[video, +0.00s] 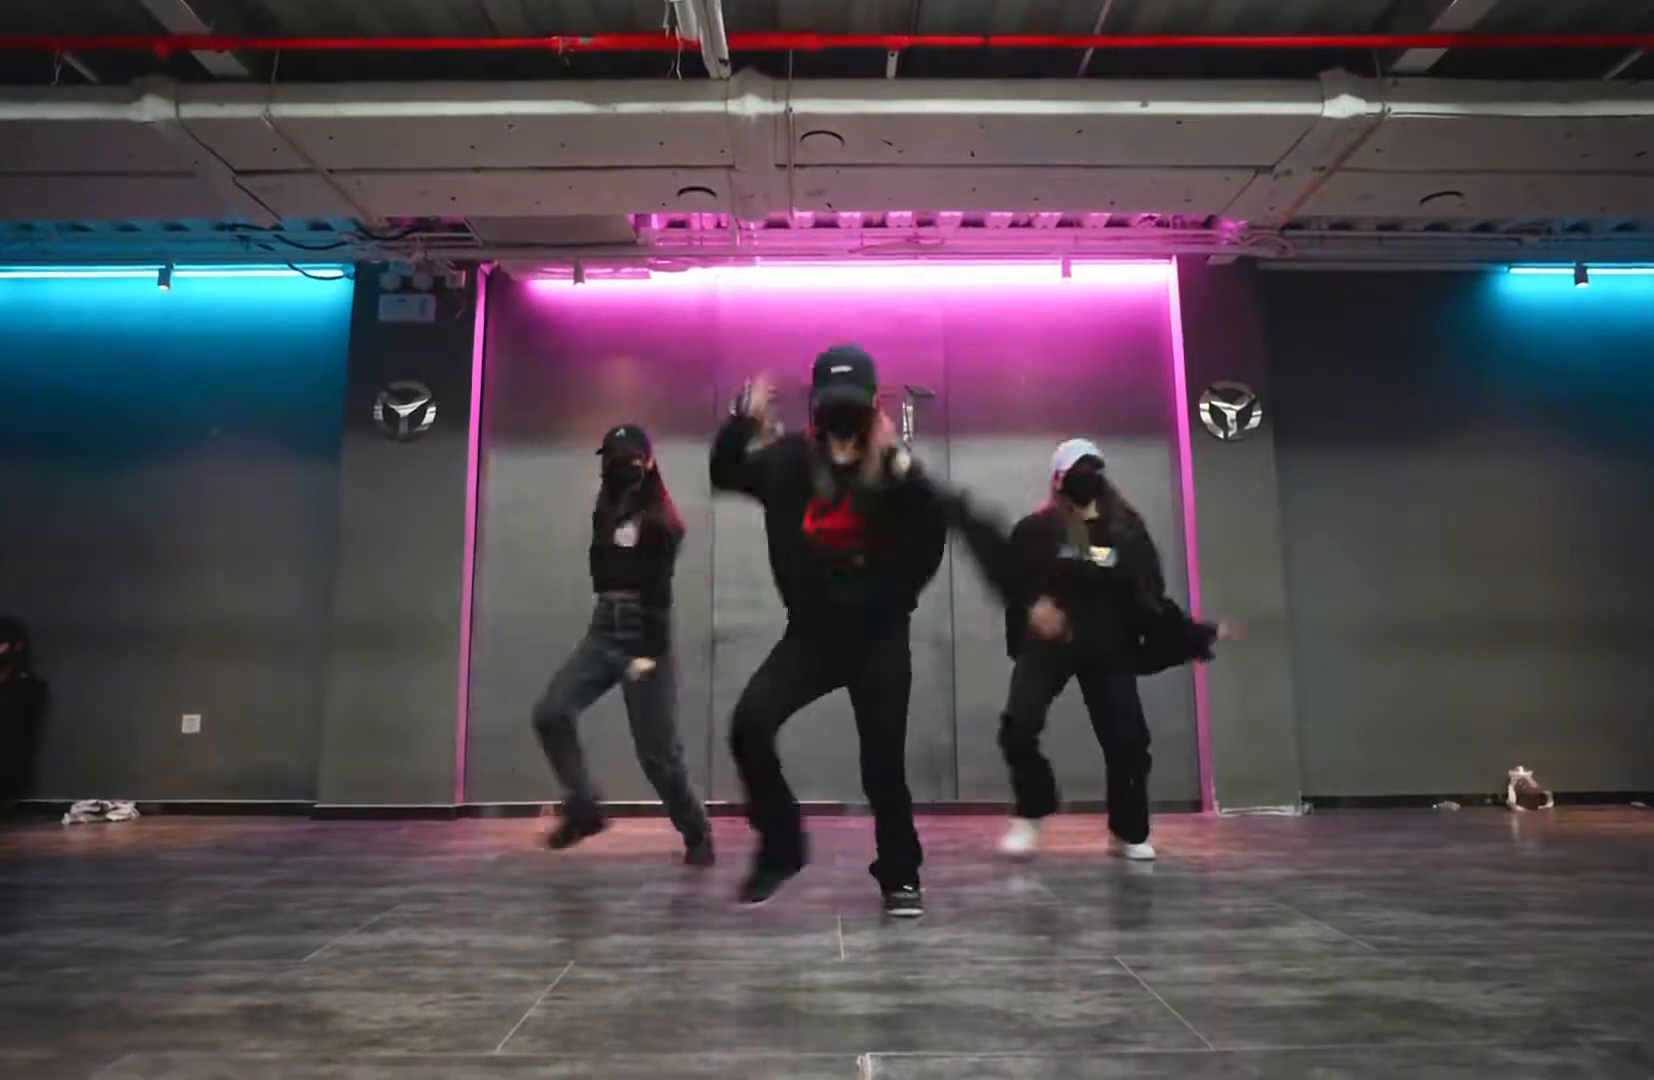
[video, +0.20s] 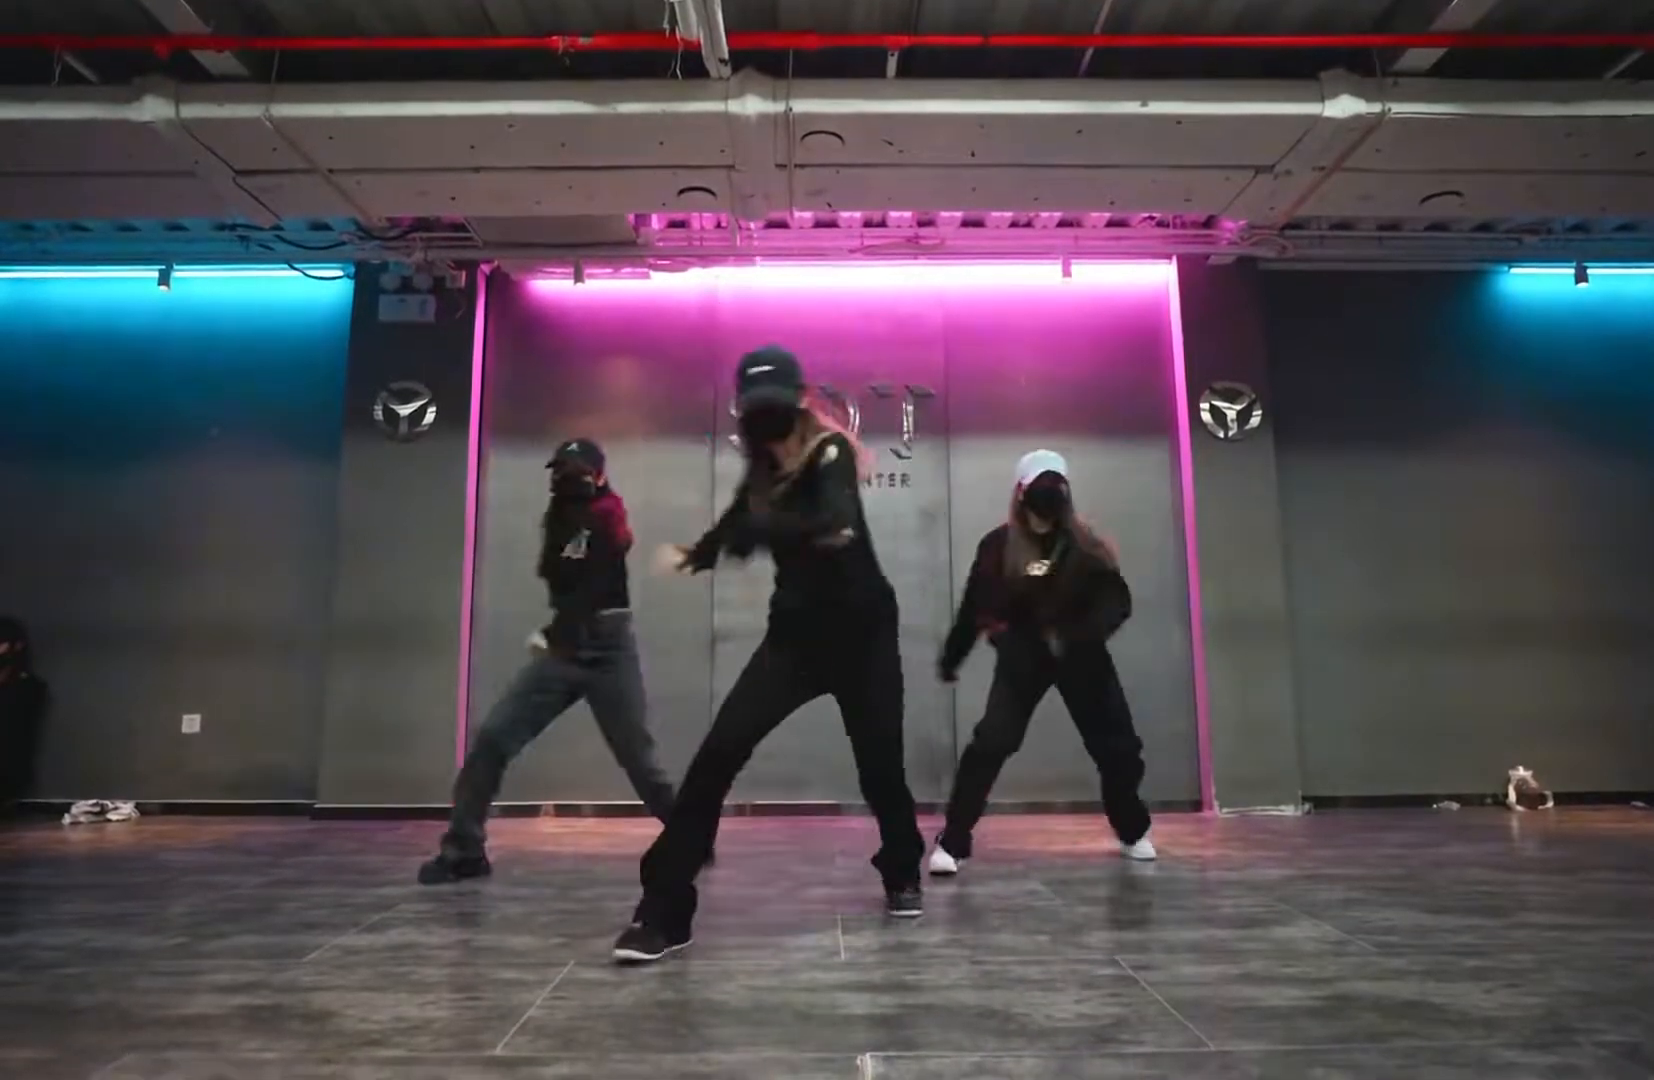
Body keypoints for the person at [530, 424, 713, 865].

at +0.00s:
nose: (623, 470)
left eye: (631, 461)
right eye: (615, 462)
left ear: (648, 463)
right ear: (605, 465)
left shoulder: (660, 518)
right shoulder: (605, 511)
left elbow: (658, 587)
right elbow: (604, 570)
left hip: (644, 639)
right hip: (605, 634)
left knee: (658, 755)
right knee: (551, 715)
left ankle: (697, 838)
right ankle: (582, 807)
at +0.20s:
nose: (561, 481)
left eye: (572, 474)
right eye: (558, 473)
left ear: (594, 476)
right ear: (555, 474)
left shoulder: (606, 512)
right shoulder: (560, 513)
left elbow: (596, 581)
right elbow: (551, 572)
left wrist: (560, 633)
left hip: (609, 653)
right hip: (563, 650)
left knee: (639, 761)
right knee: (493, 740)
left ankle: (694, 842)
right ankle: (463, 850)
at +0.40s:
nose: (542, 475)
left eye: (553, 466)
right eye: (537, 465)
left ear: (576, 470)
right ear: (531, 467)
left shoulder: (597, 524)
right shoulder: (513, 518)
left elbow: (615, 587)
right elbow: (473, 578)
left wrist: (625, 640)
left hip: (586, 644)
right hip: (526, 643)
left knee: (624, 725)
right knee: (475, 740)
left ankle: (635, 838)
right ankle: (458, 846)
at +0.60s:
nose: (561, 454)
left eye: (568, 444)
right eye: (551, 445)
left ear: (583, 444)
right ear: (537, 447)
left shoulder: (606, 503)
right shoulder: (520, 496)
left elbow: (616, 578)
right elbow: (515, 570)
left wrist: (618, 640)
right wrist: (544, 616)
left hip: (586, 619)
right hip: (527, 615)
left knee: (595, 723)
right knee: (459, 720)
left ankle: (614, 842)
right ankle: (447, 822)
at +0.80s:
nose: (548, 440)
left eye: (557, 430)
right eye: (540, 430)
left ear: (574, 427)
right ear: (528, 428)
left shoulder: (594, 484)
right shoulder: (514, 475)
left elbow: (607, 555)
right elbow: (472, 536)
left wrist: (615, 618)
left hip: (572, 606)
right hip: (512, 606)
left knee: (609, 697)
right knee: (465, 719)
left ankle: (631, 821)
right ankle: (442, 832)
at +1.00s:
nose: (549, 418)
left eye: (558, 408)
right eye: (540, 408)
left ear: (576, 407)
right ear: (528, 410)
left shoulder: (598, 464)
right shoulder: (517, 457)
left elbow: (613, 537)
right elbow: (446, 465)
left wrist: (619, 601)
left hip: (575, 593)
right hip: (519, 592)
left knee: (599, 715)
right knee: (441, 691)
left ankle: (640, 826)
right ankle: (430, 813)